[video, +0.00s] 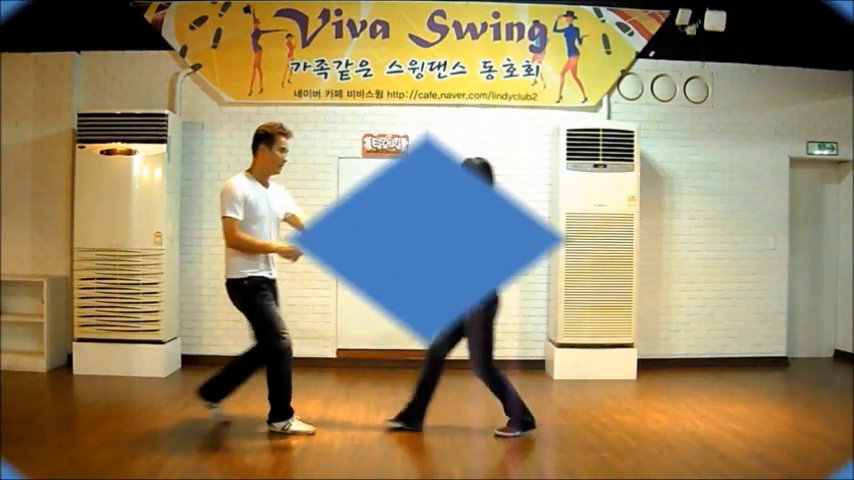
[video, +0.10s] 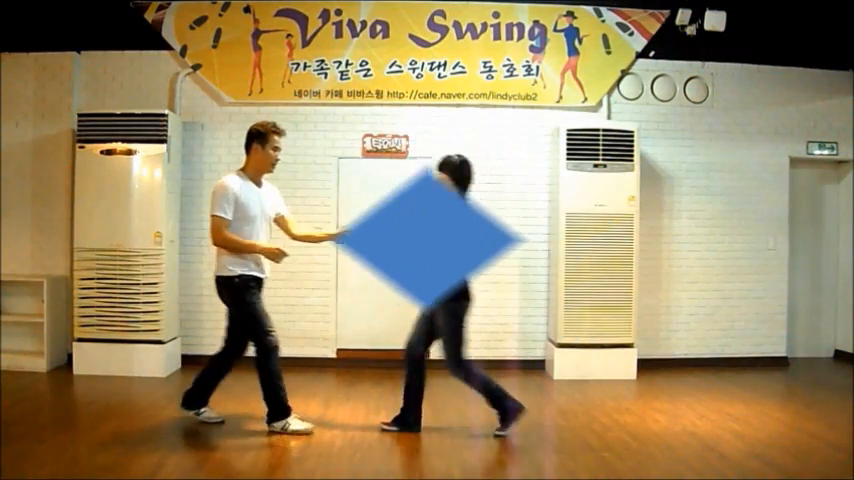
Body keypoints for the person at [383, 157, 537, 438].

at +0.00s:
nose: (465, 186)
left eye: (470, 181)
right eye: (465, 180)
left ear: (480, 183)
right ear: (465, 182)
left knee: (483, 365)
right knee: (435, 353)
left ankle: (520, 417)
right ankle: (413, 415)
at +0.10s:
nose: (438, 179)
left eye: (443, 176)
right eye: (439, 175)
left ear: (454, 180)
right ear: (458, 180)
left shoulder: (453, 211)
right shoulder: (440, 209)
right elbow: (395, 227)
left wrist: (343, 236)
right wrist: (343, 235)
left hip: (453, 293)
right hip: (438, 293)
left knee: (456, 363)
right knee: (415, 350)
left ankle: (508, 406)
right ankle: (409, 418)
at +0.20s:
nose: (413, 175)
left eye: (418, 171)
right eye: (415, 170)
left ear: (430, 177)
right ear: (430, 176)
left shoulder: (433, 210)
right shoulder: (426, 207)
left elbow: (410, 250)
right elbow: (400, 238)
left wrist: (381, 245)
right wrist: (360, 236)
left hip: (428, 291)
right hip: (417, 290)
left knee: (411, 353)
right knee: (401, 351)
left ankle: (466, 396)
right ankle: (410, 416)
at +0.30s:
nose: (389, 172)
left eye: (394, 167)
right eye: (392, 166)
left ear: (406, 174)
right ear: (408, 174)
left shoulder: (410, 208)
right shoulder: (404, 205)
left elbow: (398, 251)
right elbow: (375, 237)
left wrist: (364, 248)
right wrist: (343, 237)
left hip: (404, 291)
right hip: (401, 290)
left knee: (377, 349)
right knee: (389, 350)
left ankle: (408, 416)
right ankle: (406, 415)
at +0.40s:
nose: (367, 175)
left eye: (373, 171)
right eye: (370, 170)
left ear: (384, 178)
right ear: (386, 178)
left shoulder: (386, 210)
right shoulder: (383, 207)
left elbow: (371, 253)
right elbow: (364, 243)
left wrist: (337, 248)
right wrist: (343, 241)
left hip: (379, 294)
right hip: (381, 293)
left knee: (345, 348)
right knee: (379, 354)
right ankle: (407, 416)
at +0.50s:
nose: (346, 177)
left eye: (351, 173)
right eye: (348, 172)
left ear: (362, 179)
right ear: (364, 179)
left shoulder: (362, 212)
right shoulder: (364, 209)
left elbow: (344, 256)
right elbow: (350, 254)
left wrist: (309, 250)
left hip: (351, 296)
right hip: (357, 294)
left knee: (317, 350)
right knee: (351, 356)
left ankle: (313, 422)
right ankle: (398, 407)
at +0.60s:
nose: (326, 173)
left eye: (330, 170)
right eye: (329, 169)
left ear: (340, 176)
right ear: (346, 176)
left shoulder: (342, 209)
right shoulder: (344, 206)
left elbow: (328, 254)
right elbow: (328, 251)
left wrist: (293, 249)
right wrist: (296, 247)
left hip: (332, 292)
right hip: (333, 290)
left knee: (305, 350)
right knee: (309, 350)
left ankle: (312, 420)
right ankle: (365, 392)